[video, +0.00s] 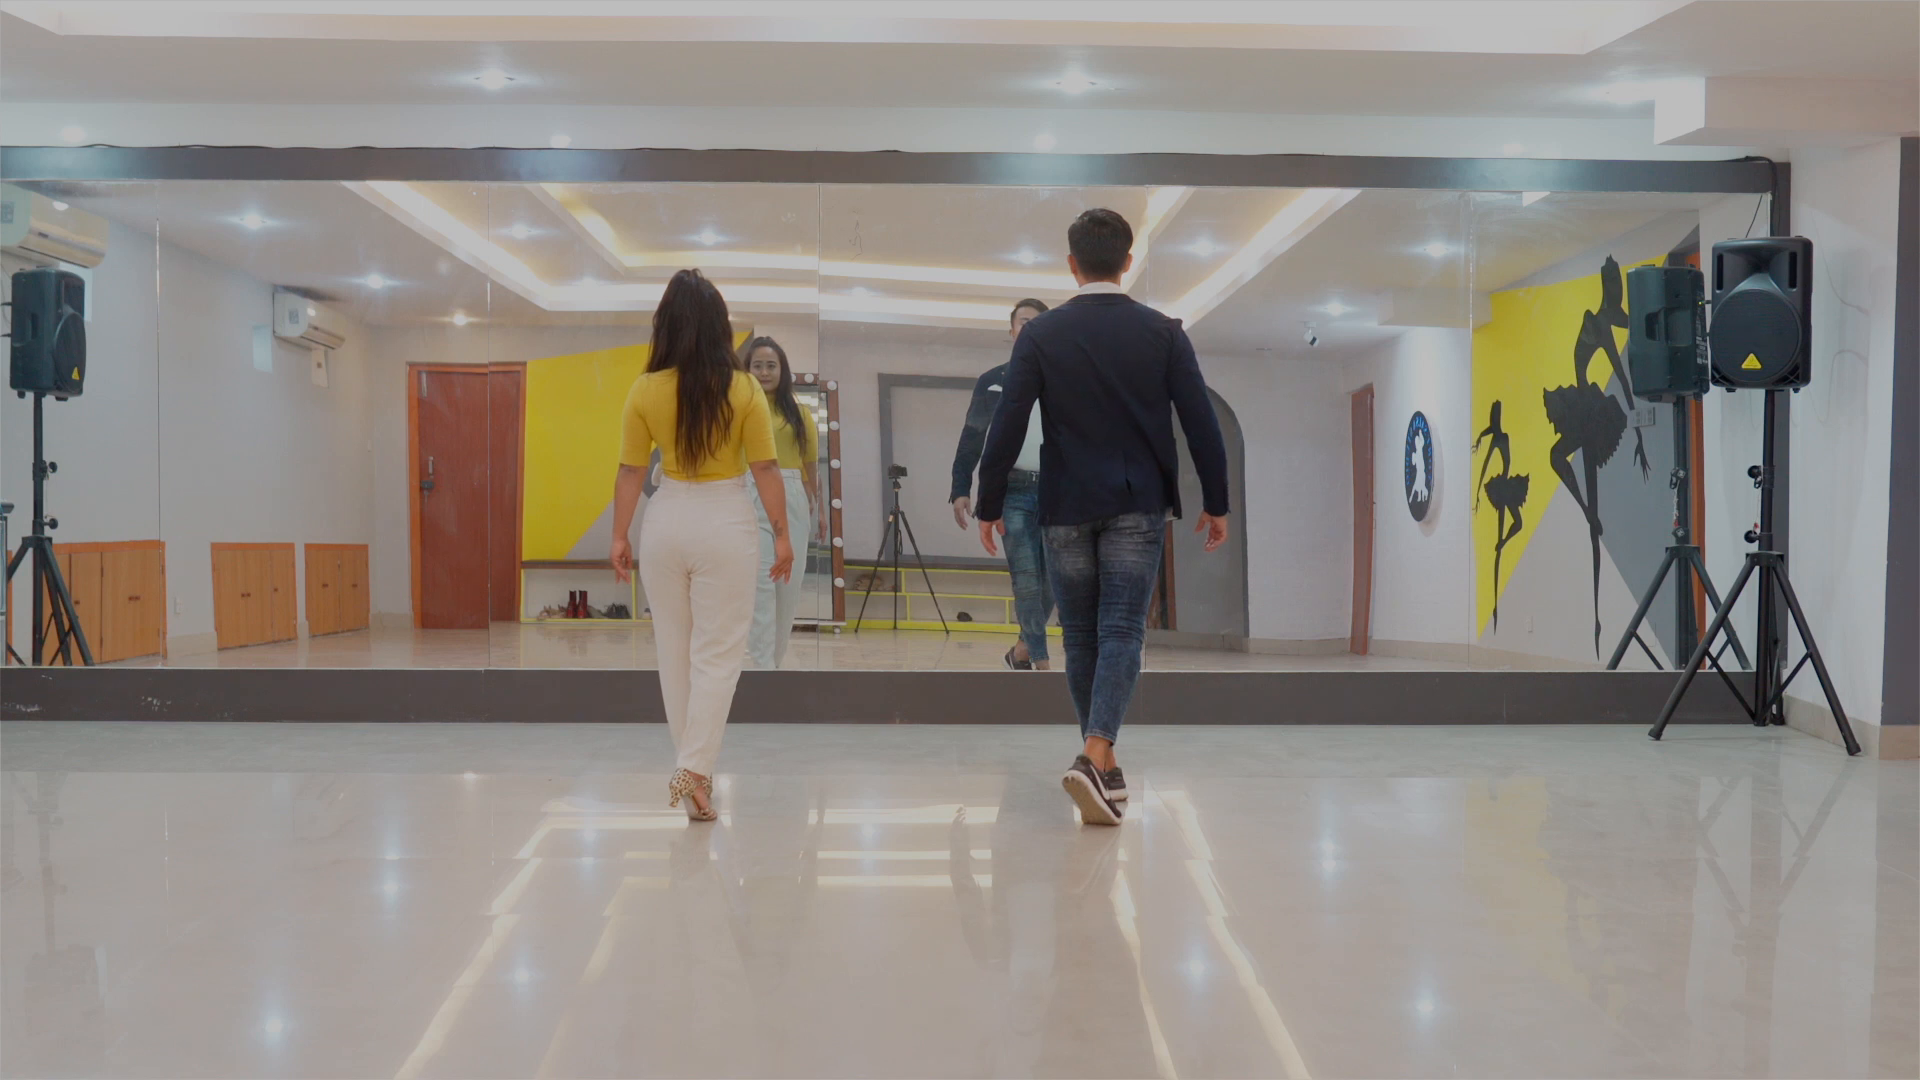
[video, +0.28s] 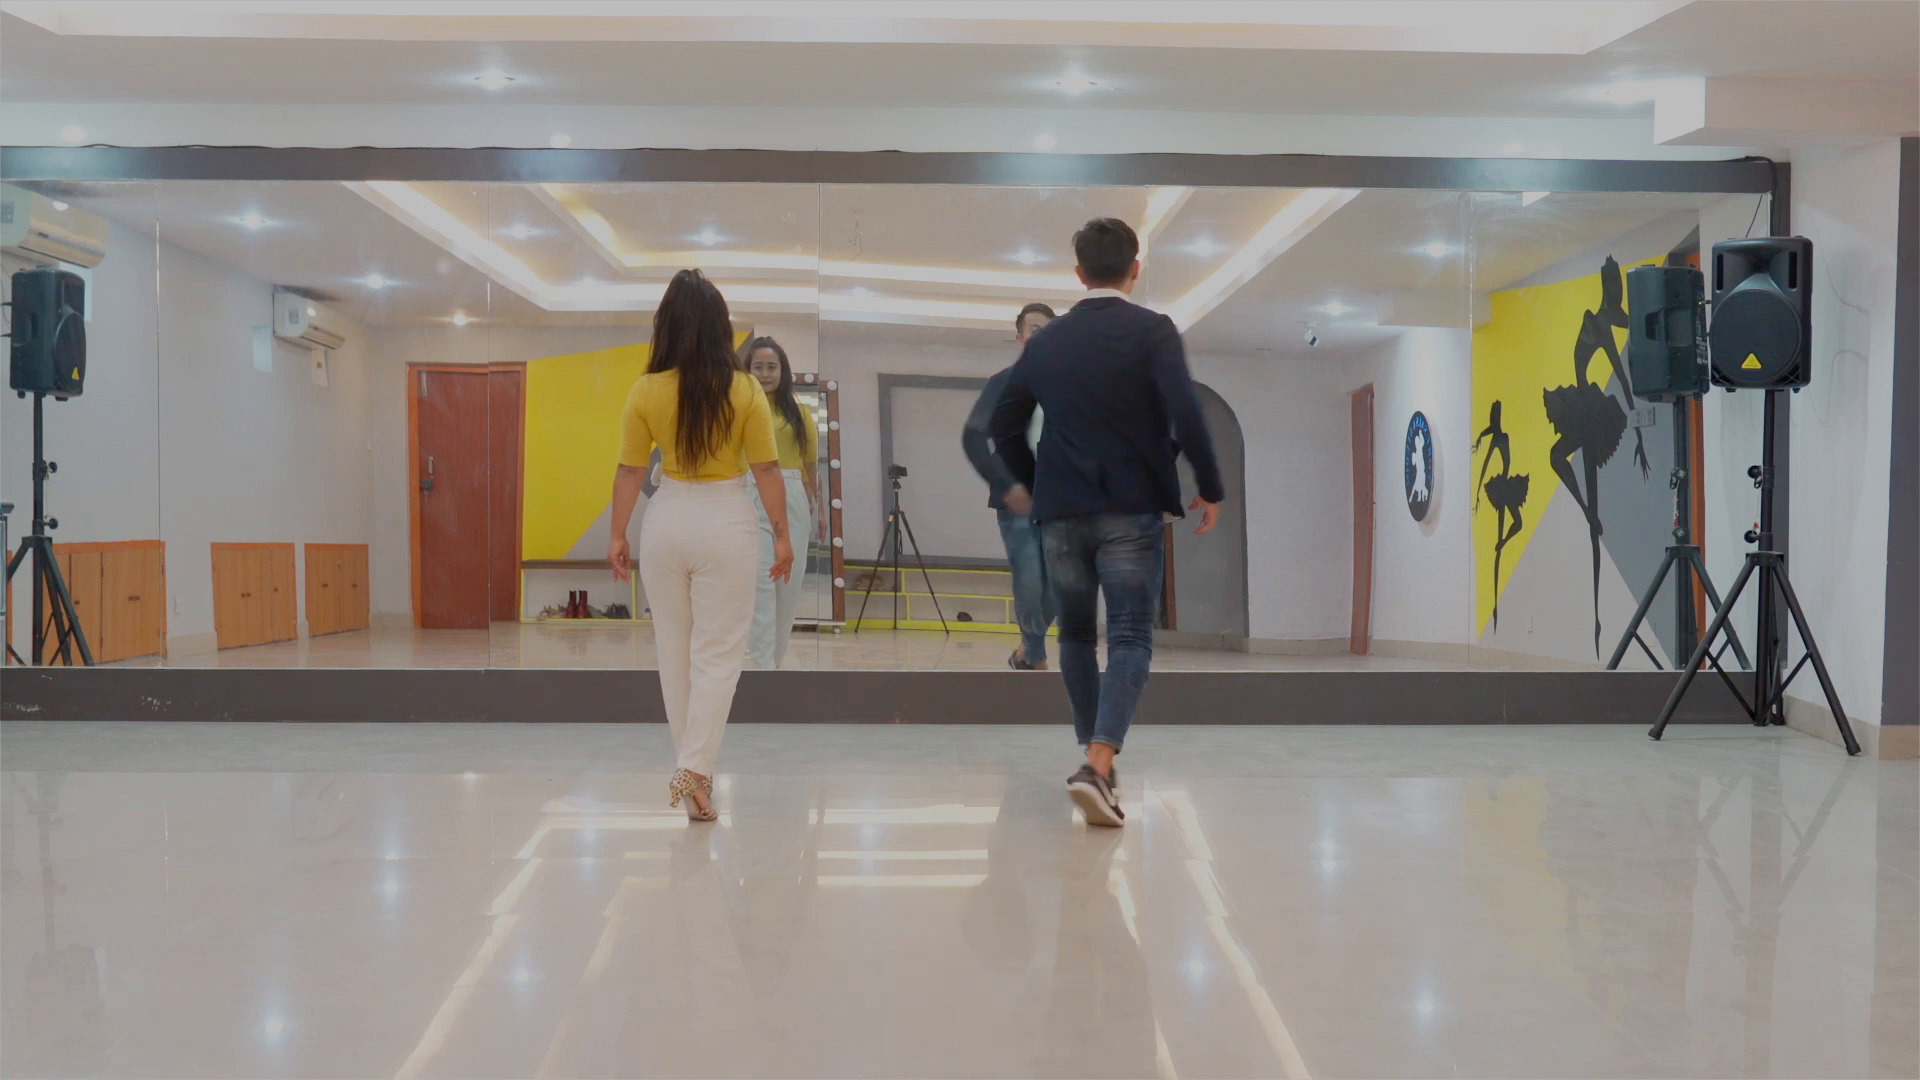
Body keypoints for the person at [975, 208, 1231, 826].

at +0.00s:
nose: (1075, 267)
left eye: (1071, 259)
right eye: (1125, 257)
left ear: (1070, 263)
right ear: (1130, 261)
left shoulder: (1042, 332)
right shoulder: (1161, 330)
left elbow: (1009, 422)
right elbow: (1200, 418)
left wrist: (989, 500)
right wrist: (1216, 500)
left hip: (1065, 500)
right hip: (1139, 499)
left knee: (1080, 634)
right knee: (1122, 630)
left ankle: (1107, 771)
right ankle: (1091, 758)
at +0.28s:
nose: (1138, 270)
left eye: (1082, 266)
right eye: (1138, 263)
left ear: (1077, 272)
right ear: (1136, 268)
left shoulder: (1048, 339)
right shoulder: (1154, 330)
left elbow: (1004, 423)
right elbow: (1186, 415)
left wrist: (1034, 484)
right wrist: (1210, 487)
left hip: (1060, 504)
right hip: (1131, 504)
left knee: (1077, 633)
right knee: (1129, 638)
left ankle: (1095, 763)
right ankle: (1097, 764)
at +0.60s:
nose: (1135, 279)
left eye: (1144, 268)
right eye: (1122, 268)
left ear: (1157, 278)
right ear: (1097, 276)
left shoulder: (1170, 359)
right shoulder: (1057, 344)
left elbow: (1181, 438)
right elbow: (1010, 418)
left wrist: (1166, 499)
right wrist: (1072, 474)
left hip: (1135, 518)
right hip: (1074, 515)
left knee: (1097, 637)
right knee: (1107, 637)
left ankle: (1046, 743)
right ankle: (1088, 774)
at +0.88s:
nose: (1116, 289)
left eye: (1128, 277)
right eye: (1106, 278)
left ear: (1154, 283)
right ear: (1094, 286)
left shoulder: (1181, 357)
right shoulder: (1066, 351)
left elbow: (1220, 430)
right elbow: (993, 415)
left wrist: (1193, 491)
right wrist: (1042, 482)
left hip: (1142, 521)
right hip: (1076, 514)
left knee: (1104, 638)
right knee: (1105, 634)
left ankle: (1049, 742)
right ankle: (1098, 773)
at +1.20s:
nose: (1119, 298)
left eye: (1131, 285)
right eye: (1109, 288)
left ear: (1157, 292)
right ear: (1096, 298)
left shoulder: (1187, 359)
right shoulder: (1065, 356)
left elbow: (1169, 431)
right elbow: (1010, 429)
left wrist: (1086, 416)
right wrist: (1019, 502)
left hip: (1161, 530)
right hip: (1091, 525)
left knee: (1129, 655)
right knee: (1119, 651)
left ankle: (1059, 734)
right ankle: (1155, 775)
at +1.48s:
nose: (1109, 286)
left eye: (1121, 274)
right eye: (1098, 276)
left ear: (1147, 281)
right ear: (1087, 288)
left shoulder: (1170, 348)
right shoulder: (1082, 352)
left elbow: (1162, 444)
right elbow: (1080, 425)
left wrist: (1101, 515)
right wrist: (1059, 467)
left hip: (1170, 521)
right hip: (1102, 519)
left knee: (1163, 667)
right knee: (1122, 652)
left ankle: (1122, 724)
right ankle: (1155, 775)